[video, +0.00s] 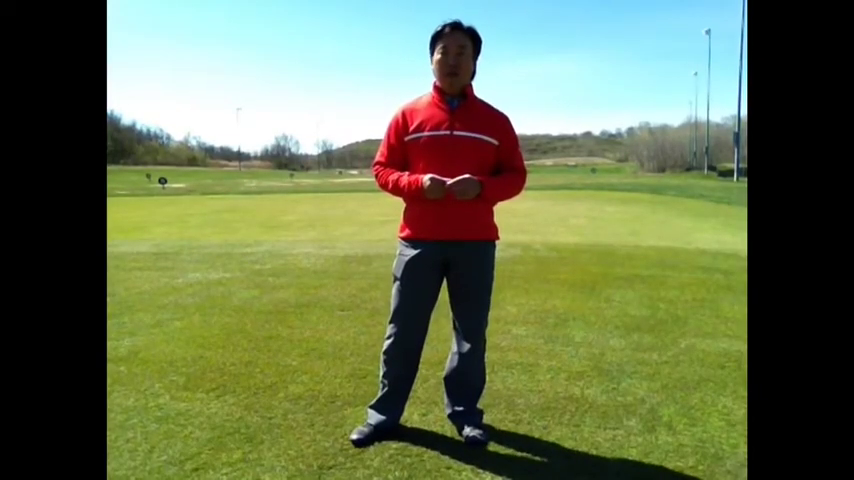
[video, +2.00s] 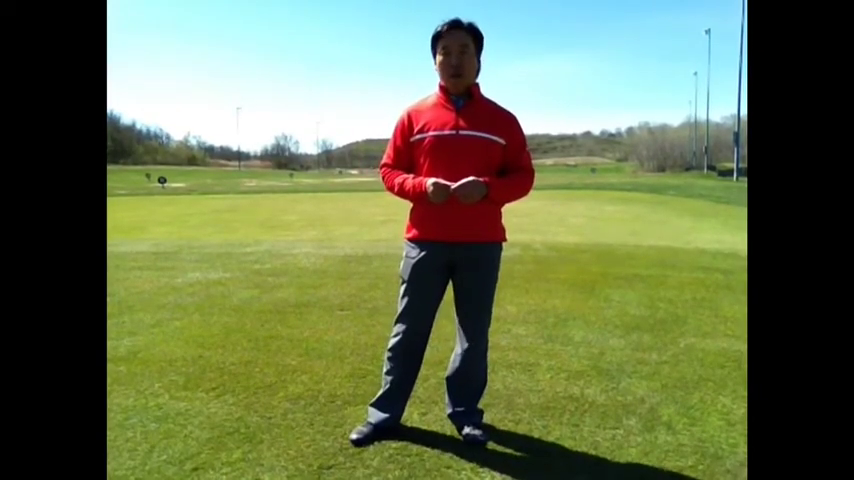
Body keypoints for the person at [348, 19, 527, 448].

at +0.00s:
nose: (451, 59)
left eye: (461, 52)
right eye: (444, 51)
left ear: (475, 61)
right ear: (431, 60)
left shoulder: (496, 122)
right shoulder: (407, 117)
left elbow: (516, 177)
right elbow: (382, 171)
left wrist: (483, 188)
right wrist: (418, 183)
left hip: (474, 245)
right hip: (419, 242)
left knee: (471, 336)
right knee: (402, 332)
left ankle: (466, 415)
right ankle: (384, 416)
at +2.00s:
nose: (454, 60)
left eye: (463, 52)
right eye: (446, 52)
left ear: (479, 58)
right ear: (434, 60)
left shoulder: (503, 121)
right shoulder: (414, 116)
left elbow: (524, 177)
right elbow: (389, 172)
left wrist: (487, 188)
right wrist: (422, 185)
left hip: (481, 245)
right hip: (426, 243)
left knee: (474, 336)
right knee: (407, 331)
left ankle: (467, 416)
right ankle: (384, 416)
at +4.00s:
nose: (453, 59)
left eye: (462, 51)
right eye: (445, 50)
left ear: (478, 59)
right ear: (433, 58)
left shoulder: (499, 120)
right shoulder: (410, 114)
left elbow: (519, 175)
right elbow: (384, 165)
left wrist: (494, 188)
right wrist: (400, 180)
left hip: (475, 243)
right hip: (419, 240)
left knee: (471, 333)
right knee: (402, 329)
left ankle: (466, 414)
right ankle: (383, 414)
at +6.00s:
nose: (454, 62)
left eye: (463, 53)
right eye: (445, 54)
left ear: (478, 59)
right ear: (434, 62)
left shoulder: (503, 120)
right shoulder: (416, 117)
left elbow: (525, 176)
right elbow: (391, 171)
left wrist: (489, 185)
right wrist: (423, 181)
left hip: (482, 244)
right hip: (427, 241)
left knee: (475, 334)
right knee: (408, 330)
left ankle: (468, 414)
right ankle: (383, 415)